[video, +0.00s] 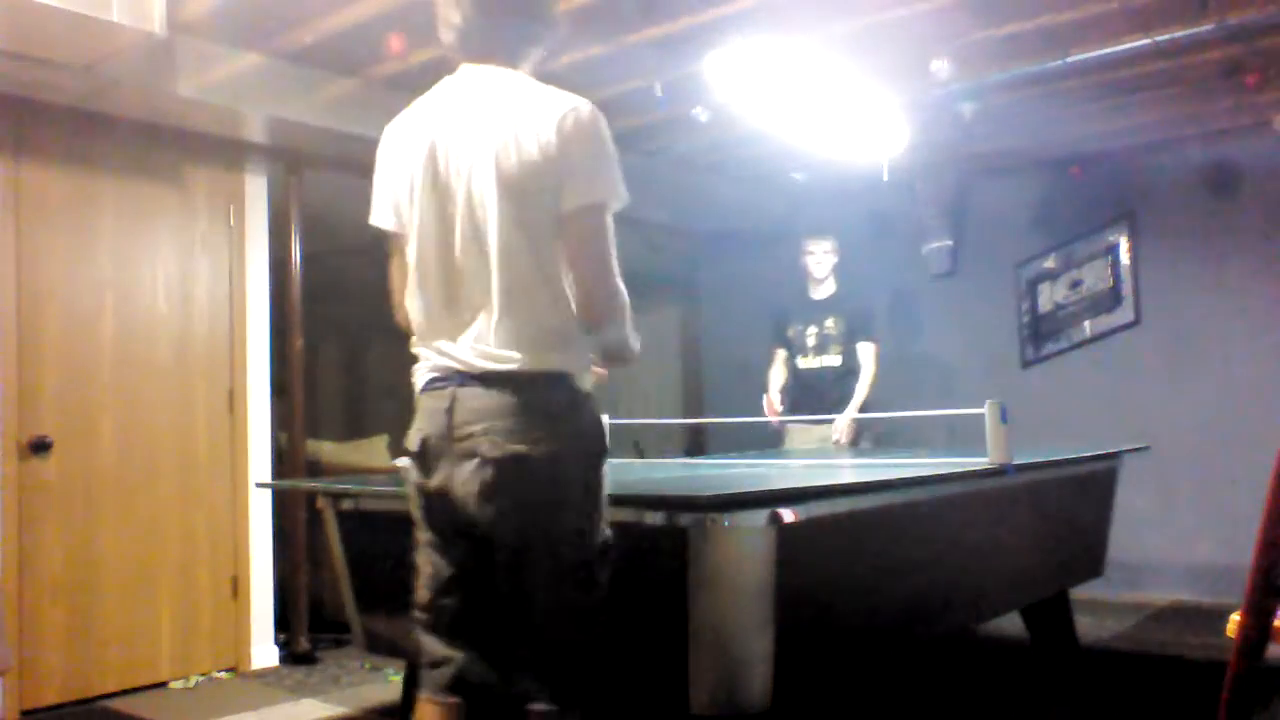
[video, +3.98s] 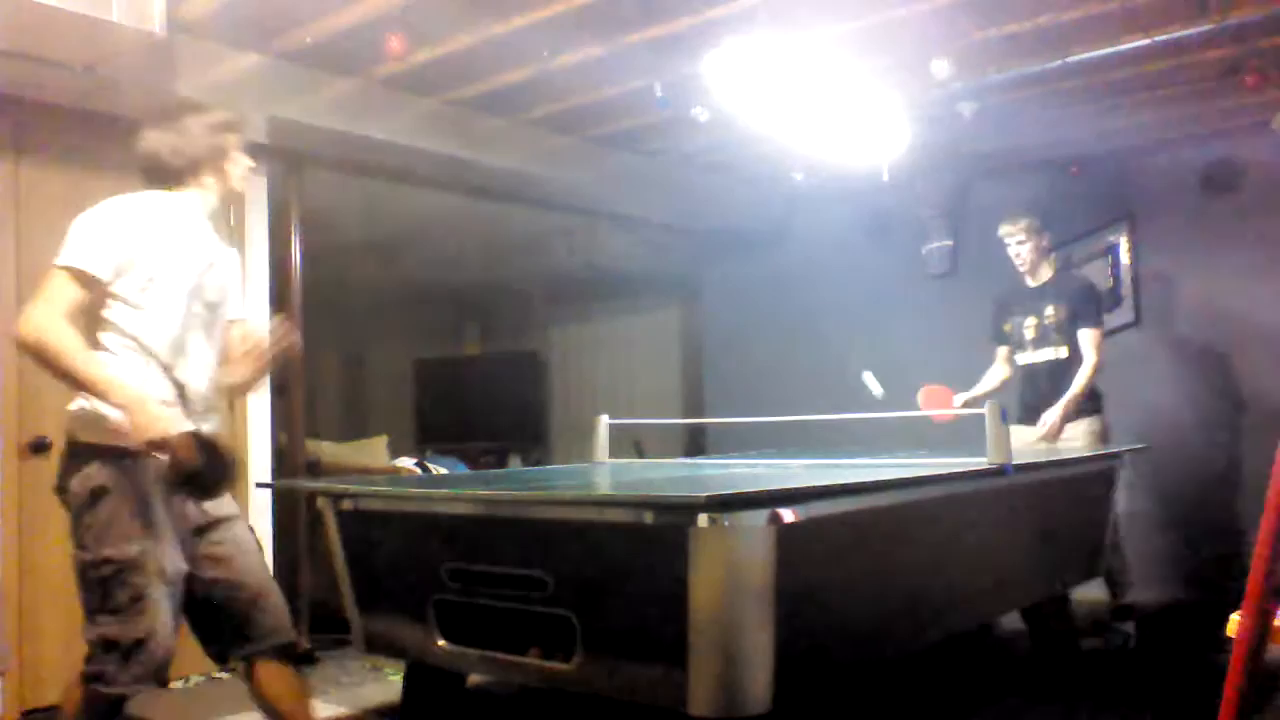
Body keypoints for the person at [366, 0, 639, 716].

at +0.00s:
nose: (441, 23)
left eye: (442, 16)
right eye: (552, 26)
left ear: (449, 29)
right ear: (543, 35)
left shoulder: (405, 130)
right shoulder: (567, 117)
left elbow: (408, 301)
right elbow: (595, 294)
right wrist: (617, 346)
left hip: (442, 413)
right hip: (543, 416)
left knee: (445, 652)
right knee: (557, 649)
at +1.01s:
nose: (610, 73)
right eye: (605, 58)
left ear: (520, 62)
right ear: (595, 60)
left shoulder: (467, 150)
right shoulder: (600, 133)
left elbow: (464, 293)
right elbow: (609, 297)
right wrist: (636, 427)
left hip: (451, 403)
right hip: (534, 408)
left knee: (471, 638)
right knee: (566, 645)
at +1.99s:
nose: (334, 125)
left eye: (332, 114)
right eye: (329, 114)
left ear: (245, 117)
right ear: (315, 113)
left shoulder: (191, 196)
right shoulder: (321, 158)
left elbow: (134, 341)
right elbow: (473, 187)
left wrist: (190, 420)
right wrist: (528, 118)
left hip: (181, 432)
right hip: (241, 432)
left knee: (283, 616)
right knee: (192, 670)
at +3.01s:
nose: (476, 251)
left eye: (478, 237)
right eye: (472, 234)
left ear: (427, 227)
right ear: (433, 224)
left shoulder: (409, 321)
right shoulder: (349, 243)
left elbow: (450, 405)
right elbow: (216, 298)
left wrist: (545, 447)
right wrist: (103, 398)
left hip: (279, 491)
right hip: (207, 486)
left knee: (369, 617)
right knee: (121, 689)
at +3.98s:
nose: (248, 165)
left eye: (244, 152)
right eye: (238, 152)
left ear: (193, 160)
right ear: (207, 158)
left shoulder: (225, 261)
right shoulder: (125, 217)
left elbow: (220, 379)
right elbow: (40, 324)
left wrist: (264, 354)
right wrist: (134, 403)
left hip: (193, 460)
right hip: (116, 458)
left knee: (262, 623)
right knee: (136, 643)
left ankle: (306, 717)